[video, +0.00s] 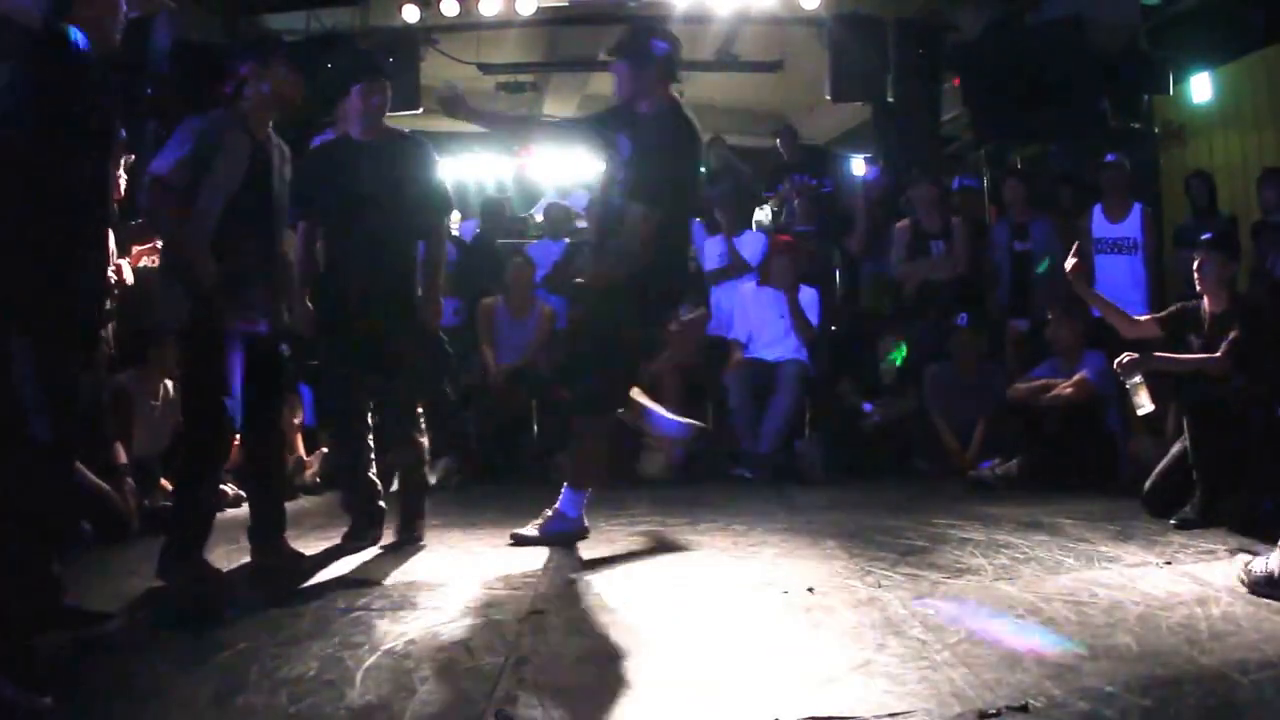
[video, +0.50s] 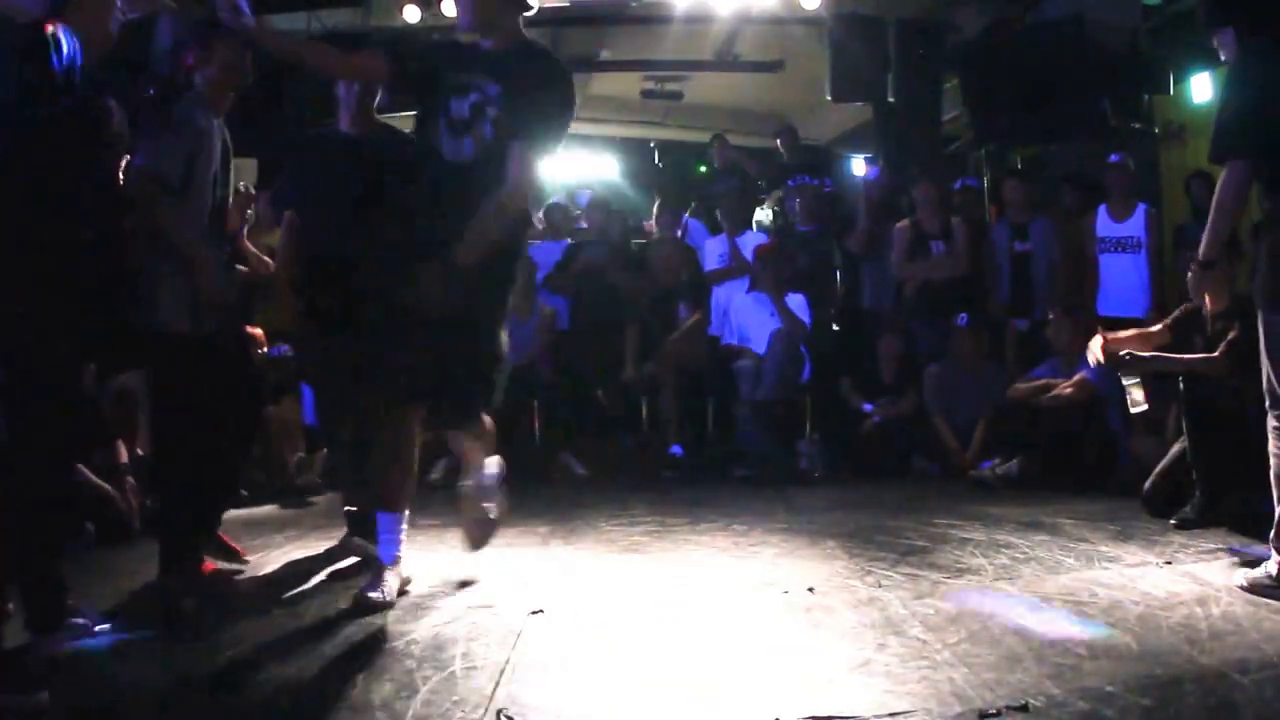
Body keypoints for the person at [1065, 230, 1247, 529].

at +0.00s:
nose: (1196, 268)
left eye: (1206, 261)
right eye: (1196, 260)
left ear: (1230, 268)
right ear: (1192, 265)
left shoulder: (1248, 315)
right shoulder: (1190, 314)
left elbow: (1221, 363)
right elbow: (1132, 329)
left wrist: (1149, 361)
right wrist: (1082, 287)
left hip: (1249, 426)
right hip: (1209, 424)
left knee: (1199, 399)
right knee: (1156, 498)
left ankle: (1207, 502)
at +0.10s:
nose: (1198, 268)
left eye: (1207, 261)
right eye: (1196, 261)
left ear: (1229, 268)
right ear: (1191, 266)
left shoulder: (1247, 315)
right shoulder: (1189, 313)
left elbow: (1221, 363)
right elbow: (1133, 322)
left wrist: (1148, 361)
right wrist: (1084, 288)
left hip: (1245, 425)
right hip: (1207, 426)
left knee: (1195, 394)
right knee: (1156, 497)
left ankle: (1204, 498)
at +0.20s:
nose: (1198, 268)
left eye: (1207, 261)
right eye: (1196, 261)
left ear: (1230, 268)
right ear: (1193, 265)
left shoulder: (1248, 314)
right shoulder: (1190, 314)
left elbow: (1221, 362)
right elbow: (1138, 332)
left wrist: (1149, 361)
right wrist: (1093, 286)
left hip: (1246, 428)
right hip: (1208, 426)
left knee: (1196, 392)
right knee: (1156, 497)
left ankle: (1205, 500)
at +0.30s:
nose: (1197, 268)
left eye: (1207, 260)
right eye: (1196, 260)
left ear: (1229, 268)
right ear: (1192, 265)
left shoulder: (1246, 318)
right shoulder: (1193, 313)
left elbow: (1221, 362)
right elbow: (1141, 323)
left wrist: (1150, 361)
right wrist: (1089, 293)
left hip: (1246, 432)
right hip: (1209, 429)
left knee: (1198, 387)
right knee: (1156, 497)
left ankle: (1206, 497)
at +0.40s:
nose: (1199, 274)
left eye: (1207, 267)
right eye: (1196, 267)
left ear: (1226, 272)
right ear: (1191, 271)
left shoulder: (1247, 313)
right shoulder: (1194, 311)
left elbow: (1220, 363)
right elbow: (1146, 327)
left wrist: (1147, 362)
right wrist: (1093, 313)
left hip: (1245, 425)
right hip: (1210, 426)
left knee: (1197, 391)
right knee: (1156, 497)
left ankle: (1206, 497)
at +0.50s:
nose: (1191, 272)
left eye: (1200, 266)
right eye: (1192, 265)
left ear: (1225, 273)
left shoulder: (1245, 316)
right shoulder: (1192, 314)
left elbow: (1220, 363)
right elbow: (1152, 337)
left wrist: (1148, 363)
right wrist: (1106, 341)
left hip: (1241, 429)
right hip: (1205, 430)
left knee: (1193, 383)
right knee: (1156, 497)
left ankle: (1206, 496)